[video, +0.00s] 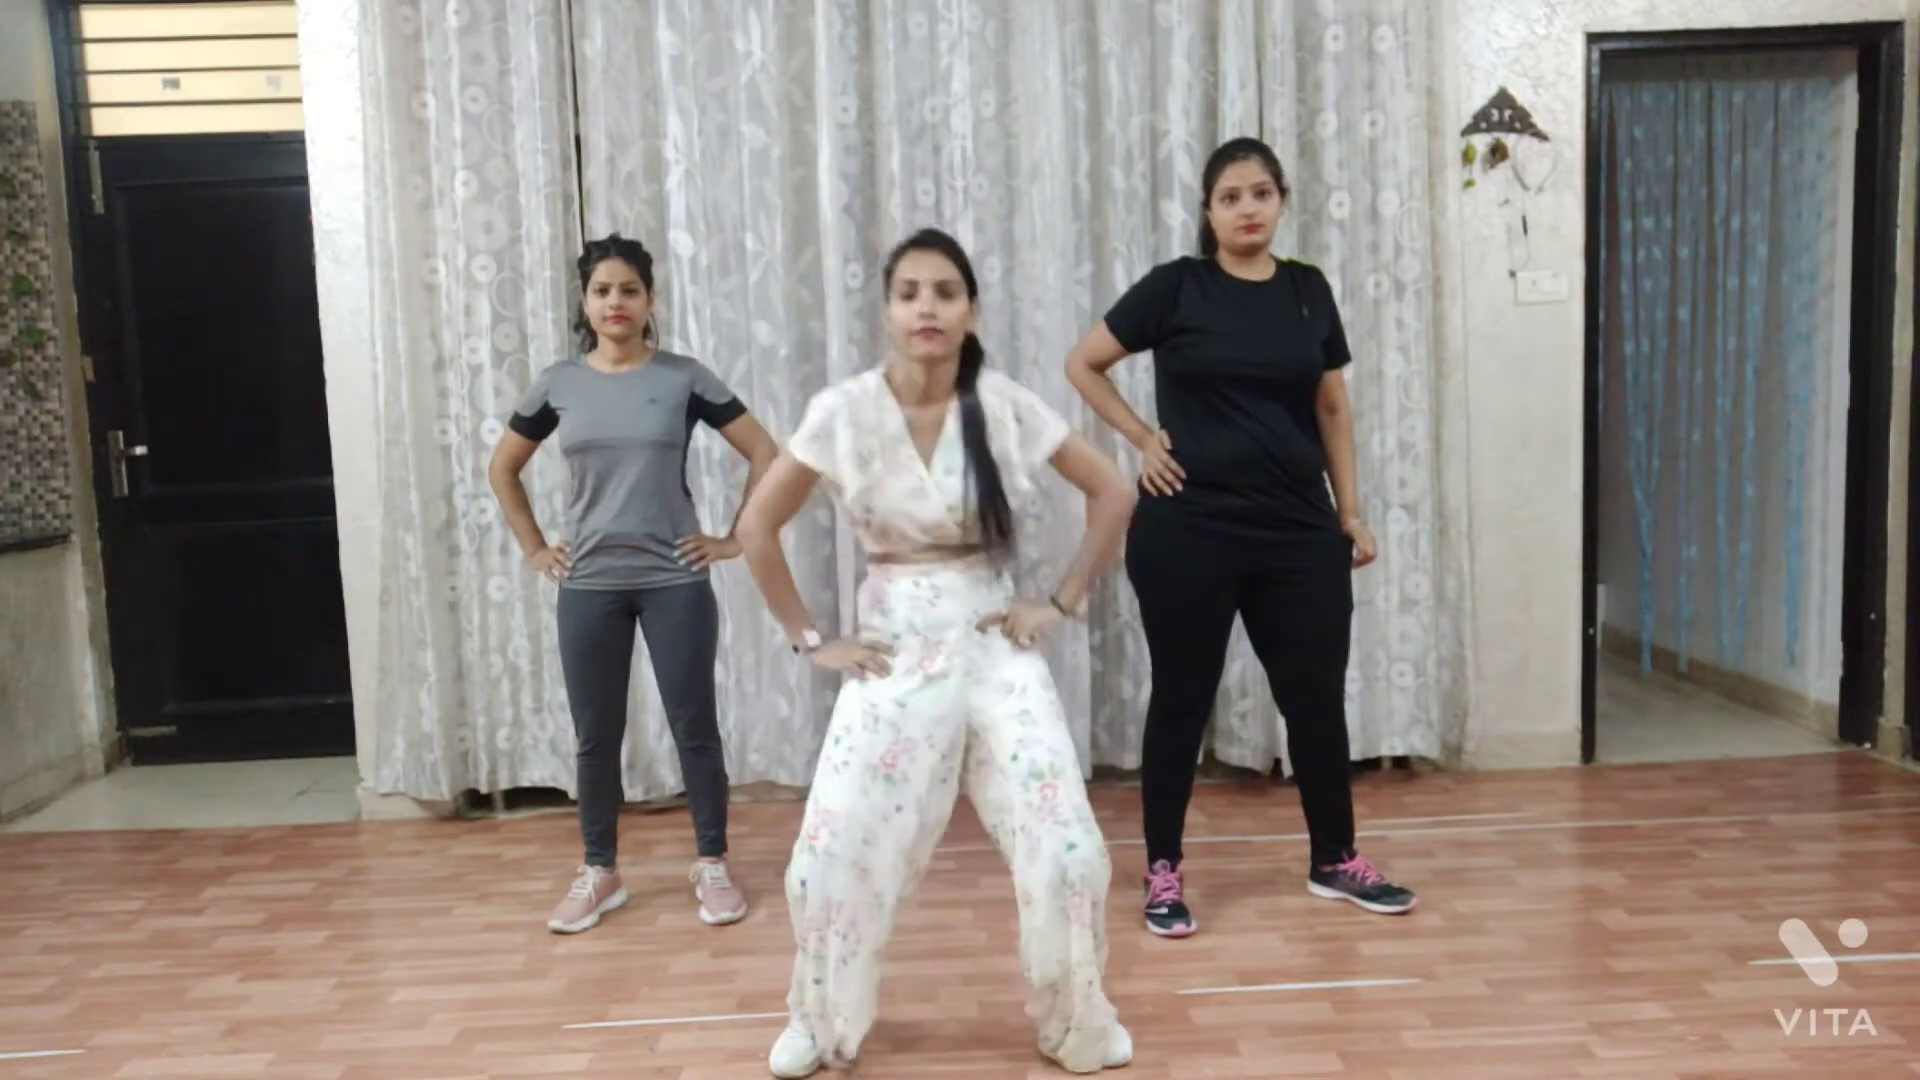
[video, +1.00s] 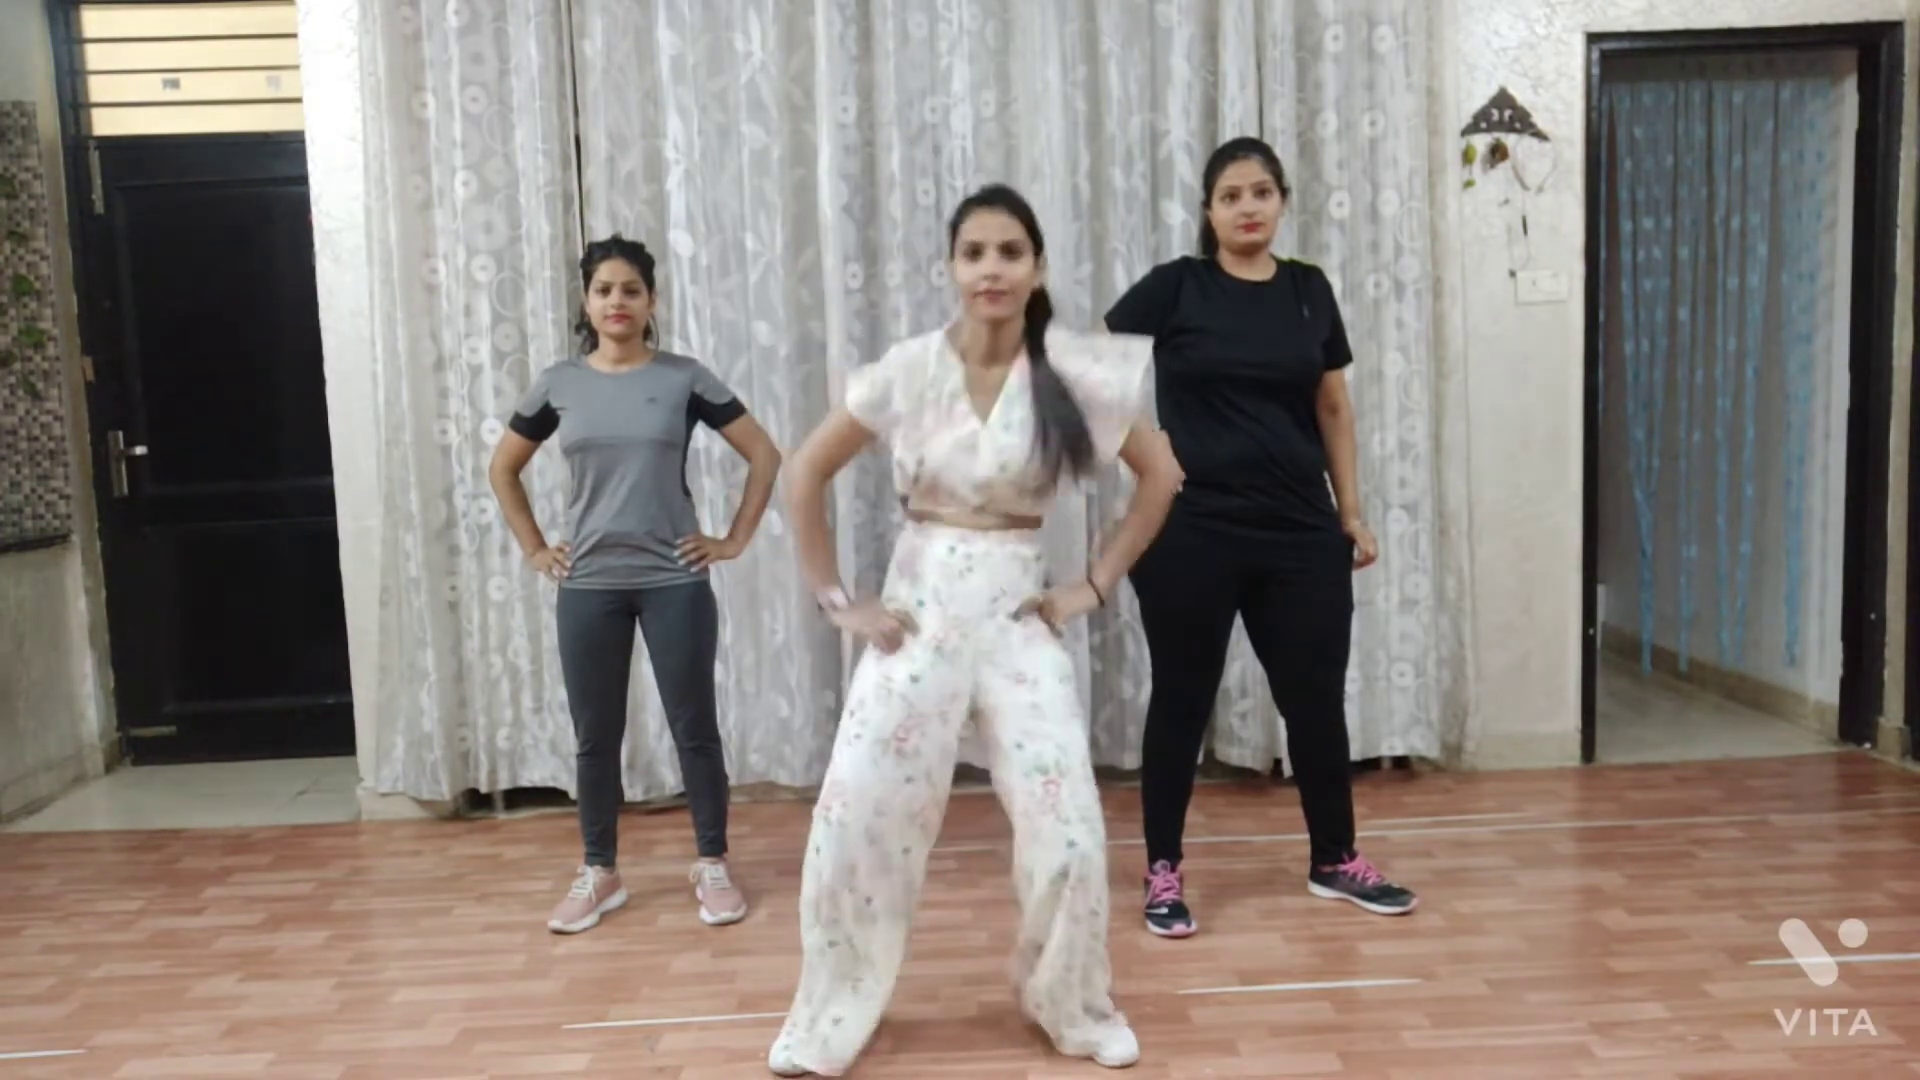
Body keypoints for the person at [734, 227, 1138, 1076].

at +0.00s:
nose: (926, 310)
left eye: (944, 294)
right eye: (909, 294)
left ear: (971, 311)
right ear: (885, 311)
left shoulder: (1004, 405)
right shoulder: (843, 412)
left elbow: (1114, 492)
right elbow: (755, 529)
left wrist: (1063, 602)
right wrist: (812, 640)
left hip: (999, 647)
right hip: (888, 655)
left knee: (1068, 849)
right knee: (829, 854)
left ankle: (1076, 1021)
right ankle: (819, 1022)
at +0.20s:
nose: (876, 261)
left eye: (895, 245)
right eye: (859, 243)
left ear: (922, 263)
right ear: (835, 256)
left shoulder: (957, 359)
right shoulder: (789, 372)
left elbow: (1070, 437)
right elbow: (739, 502)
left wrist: (1060, 556)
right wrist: (809, 602)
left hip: (998, 599)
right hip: (890, 615)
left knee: (1044, 802)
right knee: (849, 818)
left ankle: (1083, 1008)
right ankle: (817, 1023)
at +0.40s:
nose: (846, 262)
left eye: (865, 244)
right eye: (828, 243)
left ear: (890, 257)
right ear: (804, 257)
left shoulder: (932, 352)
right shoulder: (773, 383)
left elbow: (1045, 428)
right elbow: (722, 504)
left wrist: (1051, 540)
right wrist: (805, 590)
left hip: (983, 584)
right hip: (879, 607)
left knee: (1044, 799)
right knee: (839, 818)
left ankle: (1079, 1003)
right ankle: (828, 1014)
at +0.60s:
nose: (898, 273)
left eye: (916, 256)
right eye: (880, 257)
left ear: (944, 270)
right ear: (856, 274)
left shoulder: (995, 371)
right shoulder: (826, 387)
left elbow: (1098, 464)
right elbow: (743, 513)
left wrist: (1066, 584)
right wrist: (811, 622)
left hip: (990, 626)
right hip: (879, 634)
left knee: (1055, 818)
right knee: (825, 826)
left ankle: (1085, 1009)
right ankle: (816, 1017)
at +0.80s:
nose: (980, 237)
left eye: (996, 218)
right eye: (961, 222)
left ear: (1025, 230)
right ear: (938, 240)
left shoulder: (1067, 331)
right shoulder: (902, 344)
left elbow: (1138, 434)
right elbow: (802, 433)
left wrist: (1082, 543)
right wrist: (812, 553)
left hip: (1001, 597)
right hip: (900, 588)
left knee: (1043, 800)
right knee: (854, 796)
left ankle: (1084, 1007)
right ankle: (819, 1021)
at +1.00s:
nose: (992, 269)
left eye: (1010, 252)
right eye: (975, 253)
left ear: (1038, 267)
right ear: (951, 267)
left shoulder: (1075, 376)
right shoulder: (907, 373)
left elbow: (1163, 478)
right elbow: (802, 474)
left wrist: (1092, 585)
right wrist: (838, 599)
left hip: (1020, 619)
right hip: (912, 614)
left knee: (1070, 830)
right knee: (852, 815)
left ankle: (1075, 1006)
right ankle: (825, 1020)